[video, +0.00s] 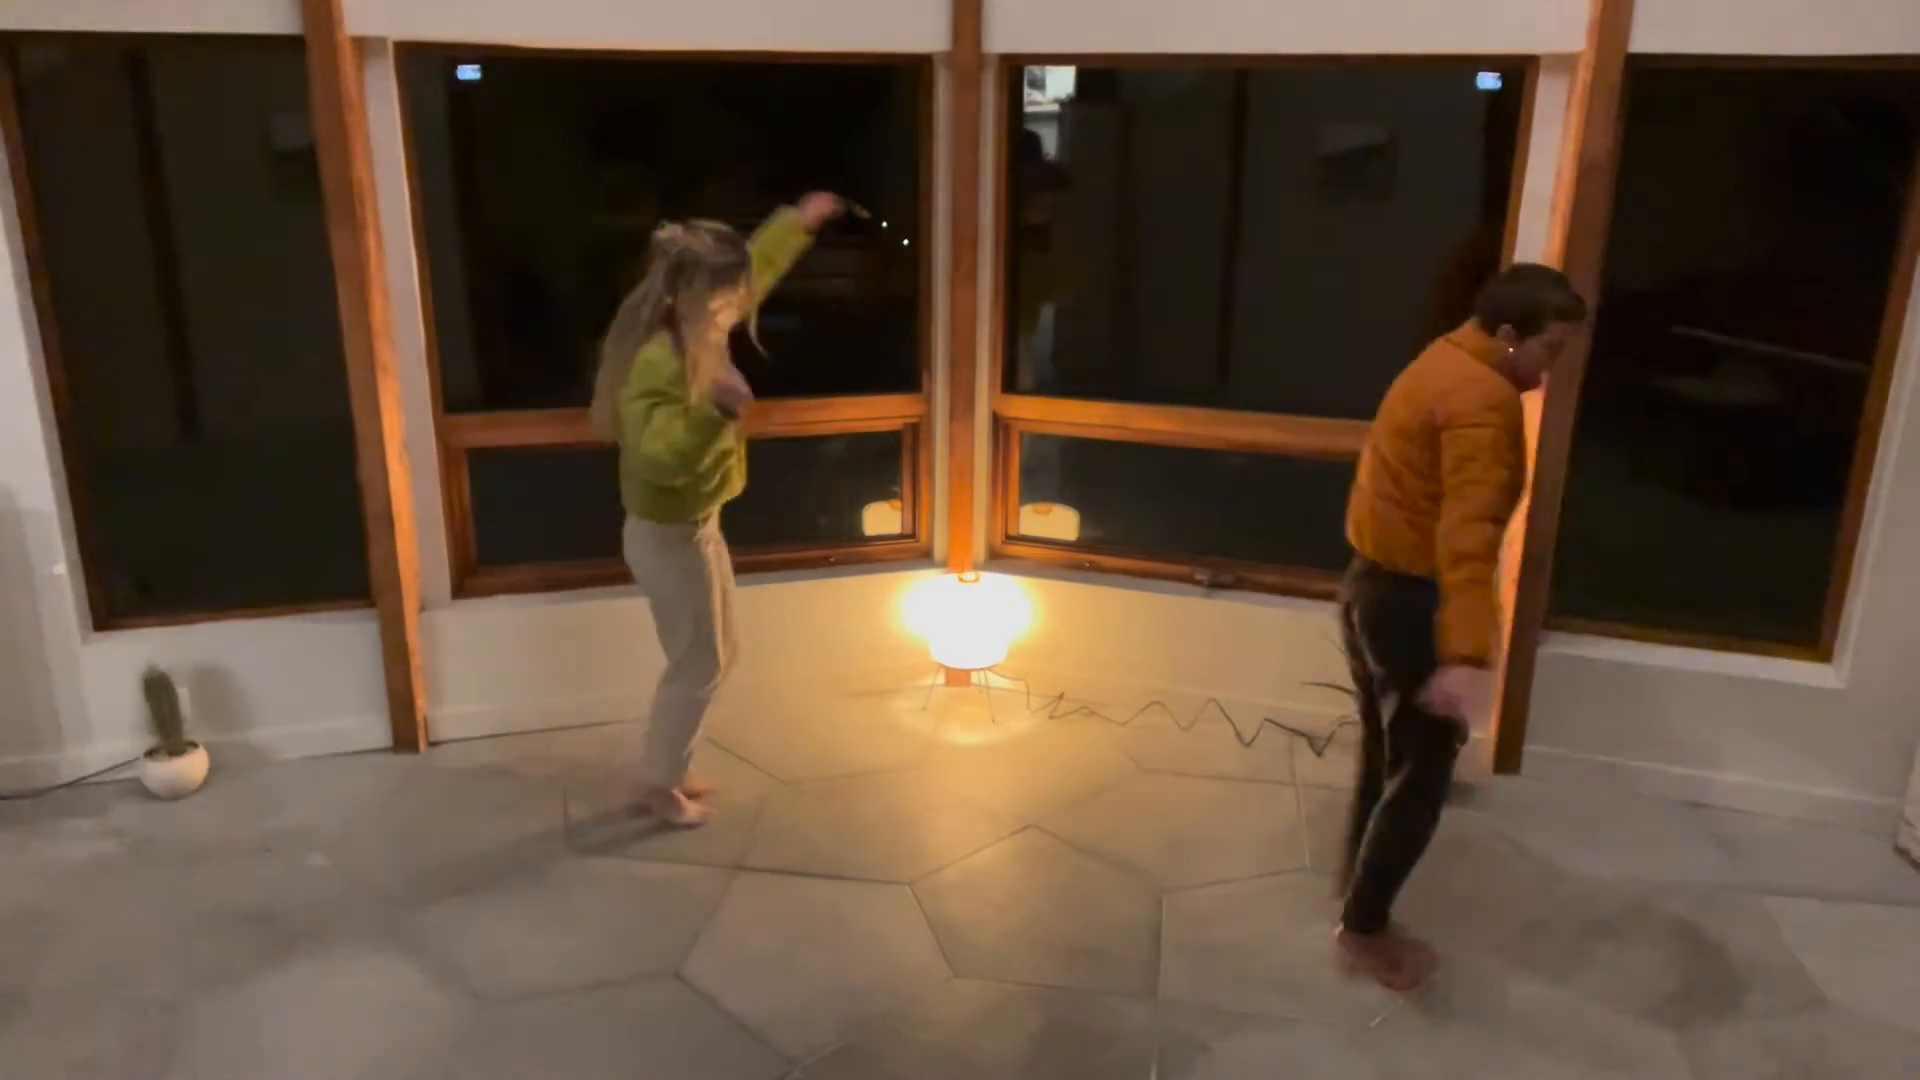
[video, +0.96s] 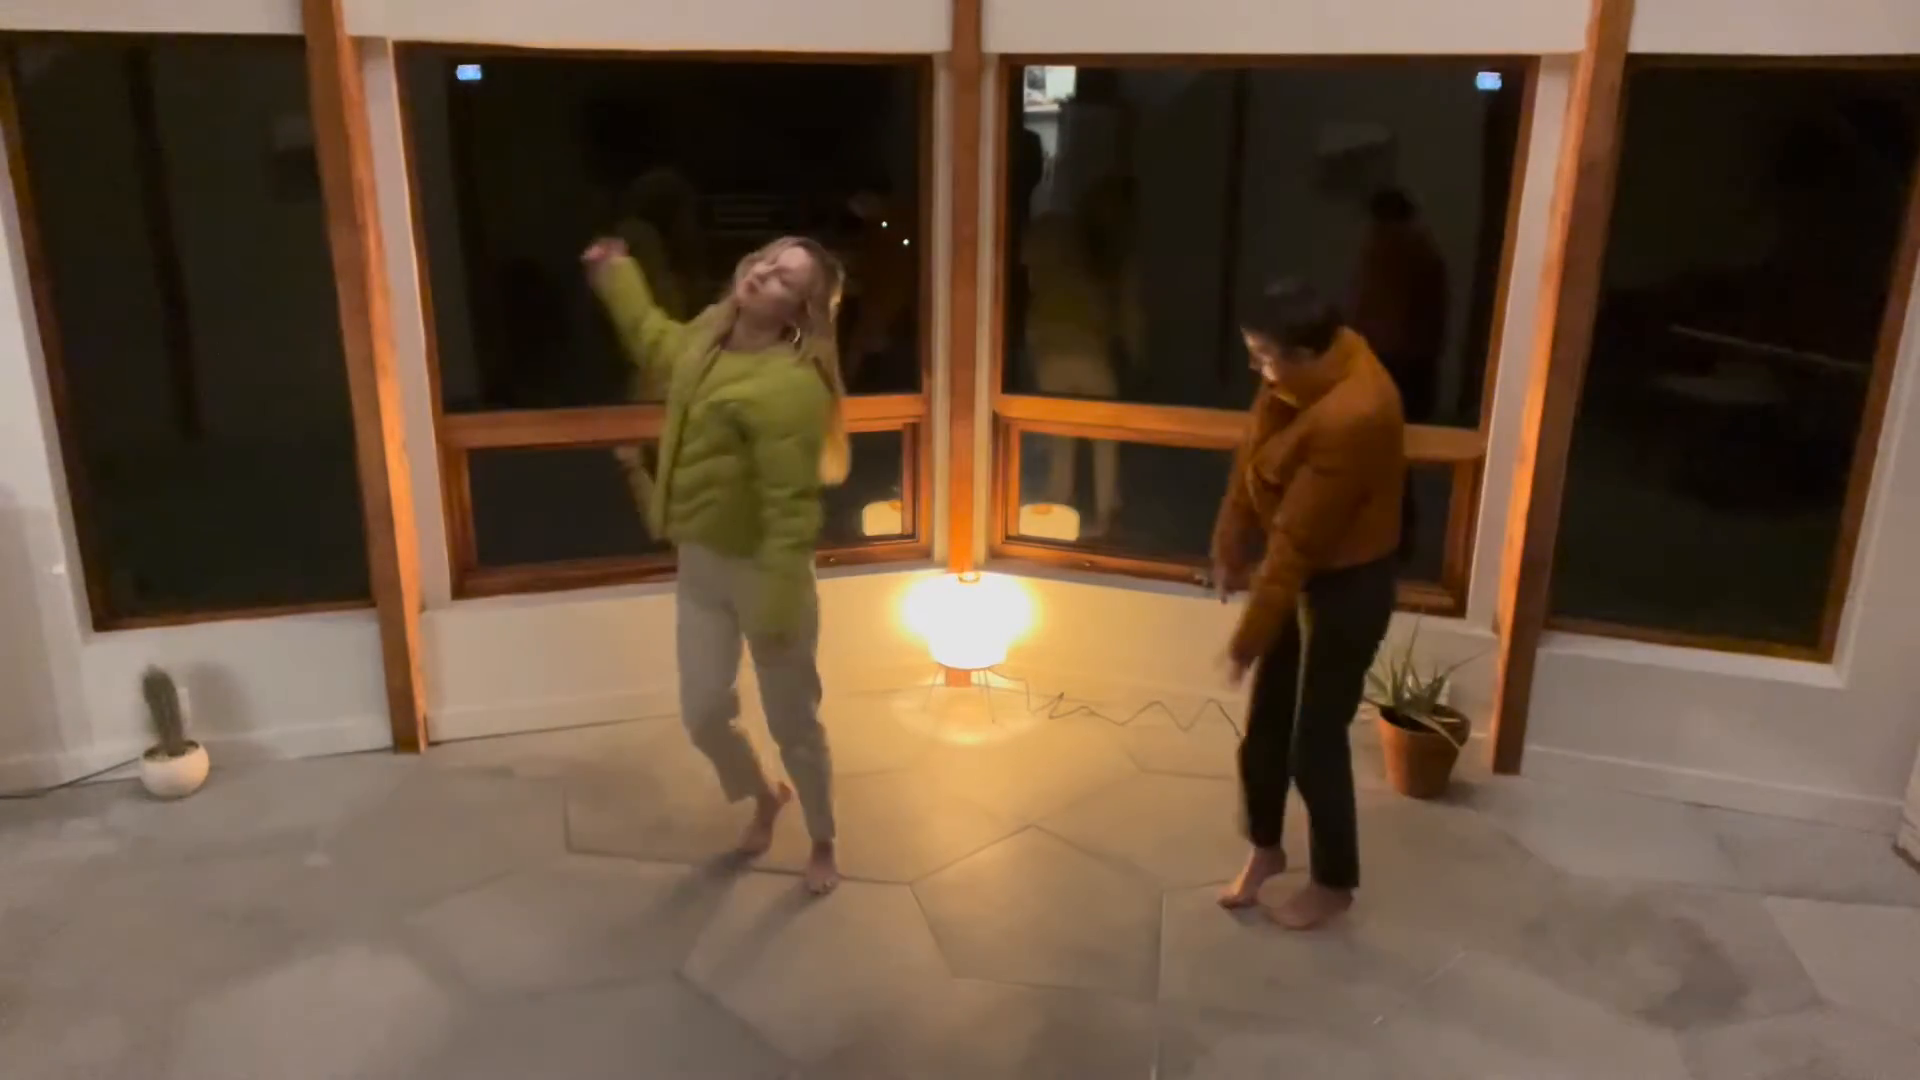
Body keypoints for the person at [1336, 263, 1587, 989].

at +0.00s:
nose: (1555, 365)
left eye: (1561, 350)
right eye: (1552, 348)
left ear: (1501, 330)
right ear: (1510, 332)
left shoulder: (1440, 365)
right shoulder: (1482, 402)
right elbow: (1468, 534)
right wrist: (1464, 656)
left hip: (1372, 584)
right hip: (1411, 599)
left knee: (1385, 758)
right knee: (1421, 775)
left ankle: (1360, 907)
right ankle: (1364, 929)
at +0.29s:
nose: (1473, 333)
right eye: (1473, 322)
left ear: (1402, 310)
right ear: (1464, 322)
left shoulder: (1345, 364)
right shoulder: (1474, 383)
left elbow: (1311, 472)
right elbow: (1512, 515)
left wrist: (1336, 536)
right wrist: (1554, 620)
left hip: (1337, 586)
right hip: (1421, 598)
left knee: (1322, 746)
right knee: (1400, 764)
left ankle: (1314, 908)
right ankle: (1365, 928)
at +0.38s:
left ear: (1357, 319)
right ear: (1423, 323)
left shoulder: (1317, 370)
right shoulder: (1452, 378)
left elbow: (1288, 489)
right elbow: (1488, 506)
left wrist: (1315, 562)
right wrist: (1519, 607)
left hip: (1335, 588)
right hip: (1423, 593)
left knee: (1324, 754)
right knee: (1396, 762)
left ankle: (1320, 920)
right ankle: (1363, 927)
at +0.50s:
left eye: (1314, 330)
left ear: (1323, 328)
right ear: (1385, 324)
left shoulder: (1297, 378)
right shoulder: (1428, 368)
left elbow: (1278, 499)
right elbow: (1460, 479)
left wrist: (1290, 583)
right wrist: (1462, 576)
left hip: (1338, 590)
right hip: (1420, 593)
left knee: (1323, 759)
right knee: (1389, 756)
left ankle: (1320, 926)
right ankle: (1367, 912)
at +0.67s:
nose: (1272, 362)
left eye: (1270, 349)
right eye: (1269, 349)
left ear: (1282, 340)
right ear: (1333, 323)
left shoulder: (1289, 395)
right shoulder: (1386, 359)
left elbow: (1279, 509)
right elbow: (1433, 471)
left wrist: (1273, 596)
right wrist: (1439, 568)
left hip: (1348, 586)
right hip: (1415, 578)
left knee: (1322, 752)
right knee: (1382, 733)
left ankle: (1335, 912)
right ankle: (1380, 886)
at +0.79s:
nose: (1252, 362)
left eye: (1250, 349)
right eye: (1248, 349)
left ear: (1268, 343)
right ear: (1309, 322)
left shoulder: (1302, 407)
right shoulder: (1358, 362)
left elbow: (1280, 518)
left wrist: (1249, 604)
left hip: (1351, 588)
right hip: (1383, 576)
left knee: (1319, 745)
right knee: (1332, 733)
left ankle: (1337, 882)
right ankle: (1366, 866)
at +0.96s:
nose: (1256, 366)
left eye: (1264, 356)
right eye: (1254, 353)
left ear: (1302, 351)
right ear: (1283, 343)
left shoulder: (1350, 415)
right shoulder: (1298, 372)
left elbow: (1300, 540)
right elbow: (1253, 463)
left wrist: (1250, 636)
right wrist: (1231, 547)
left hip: (1350, 587)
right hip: (1295, 575)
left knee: (1317, 738)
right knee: (1267, 726)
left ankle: (1334, 885)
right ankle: (1265, 851)